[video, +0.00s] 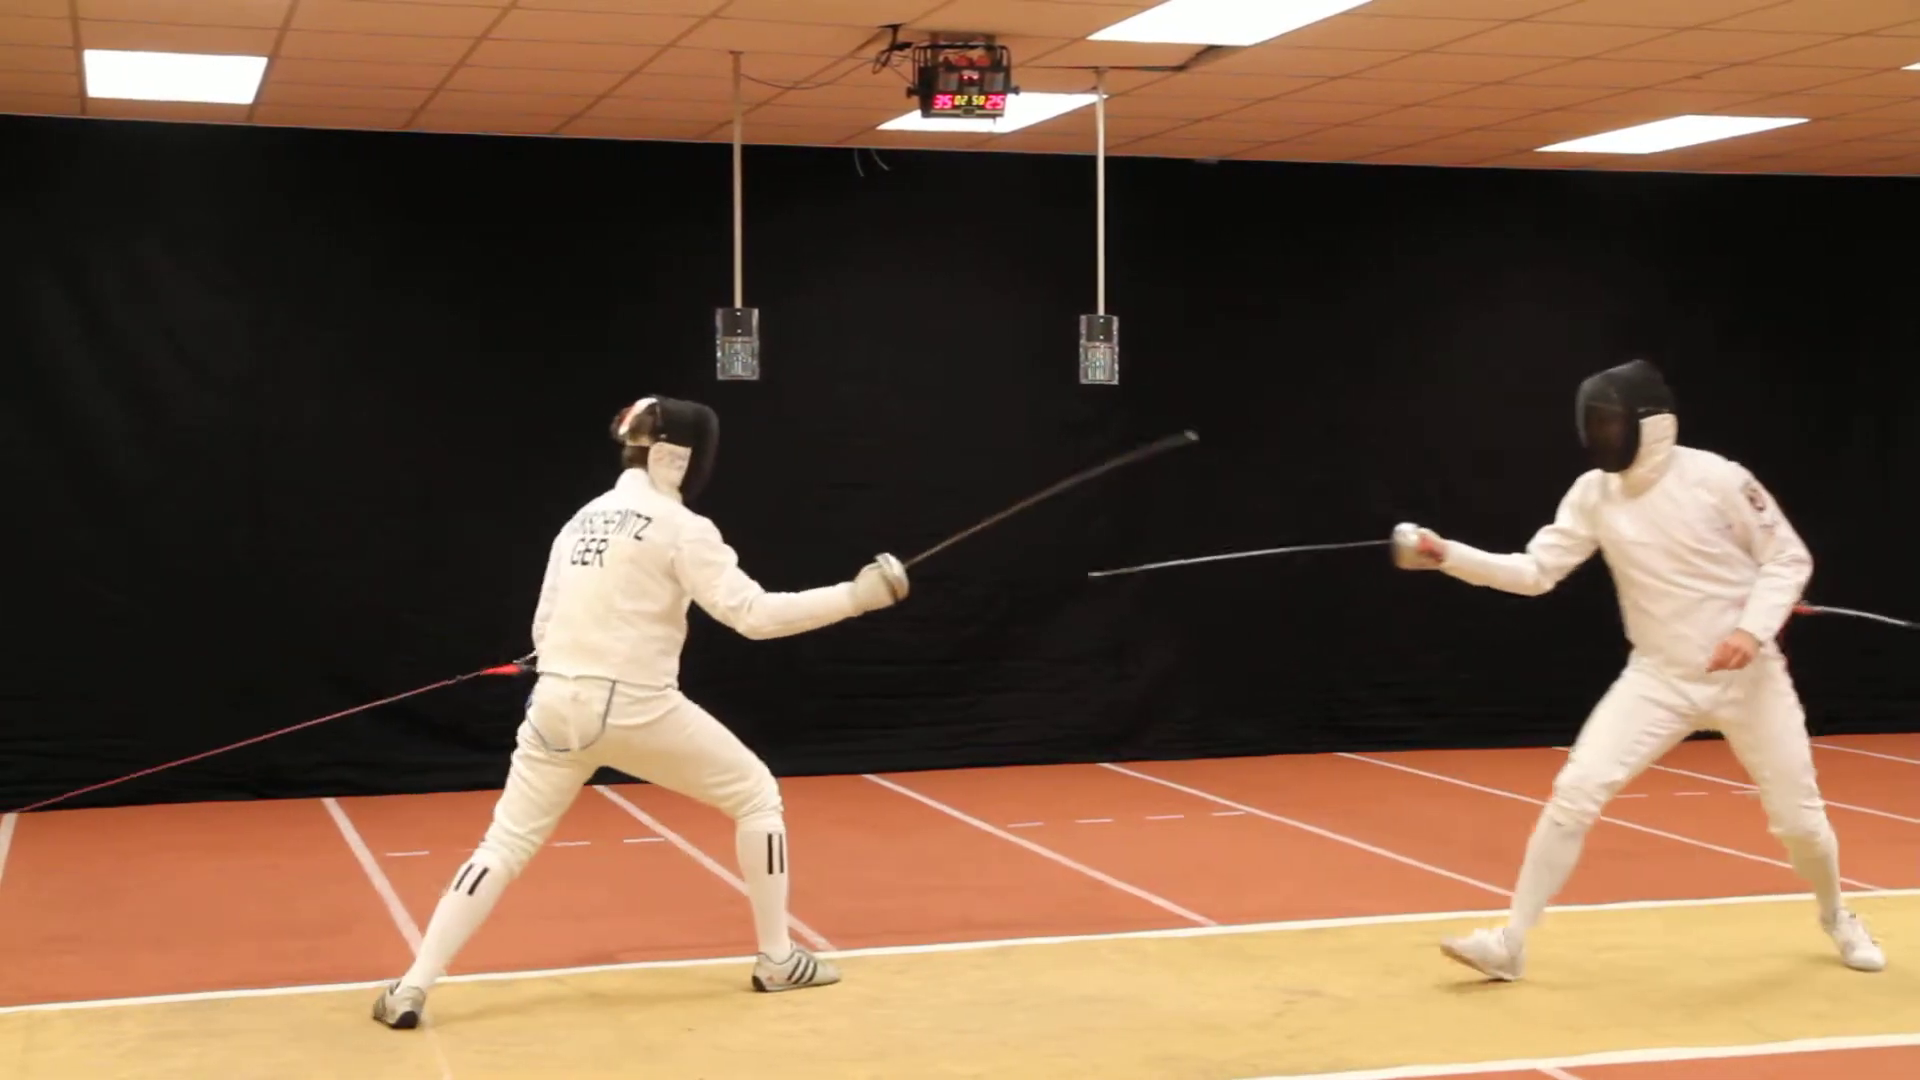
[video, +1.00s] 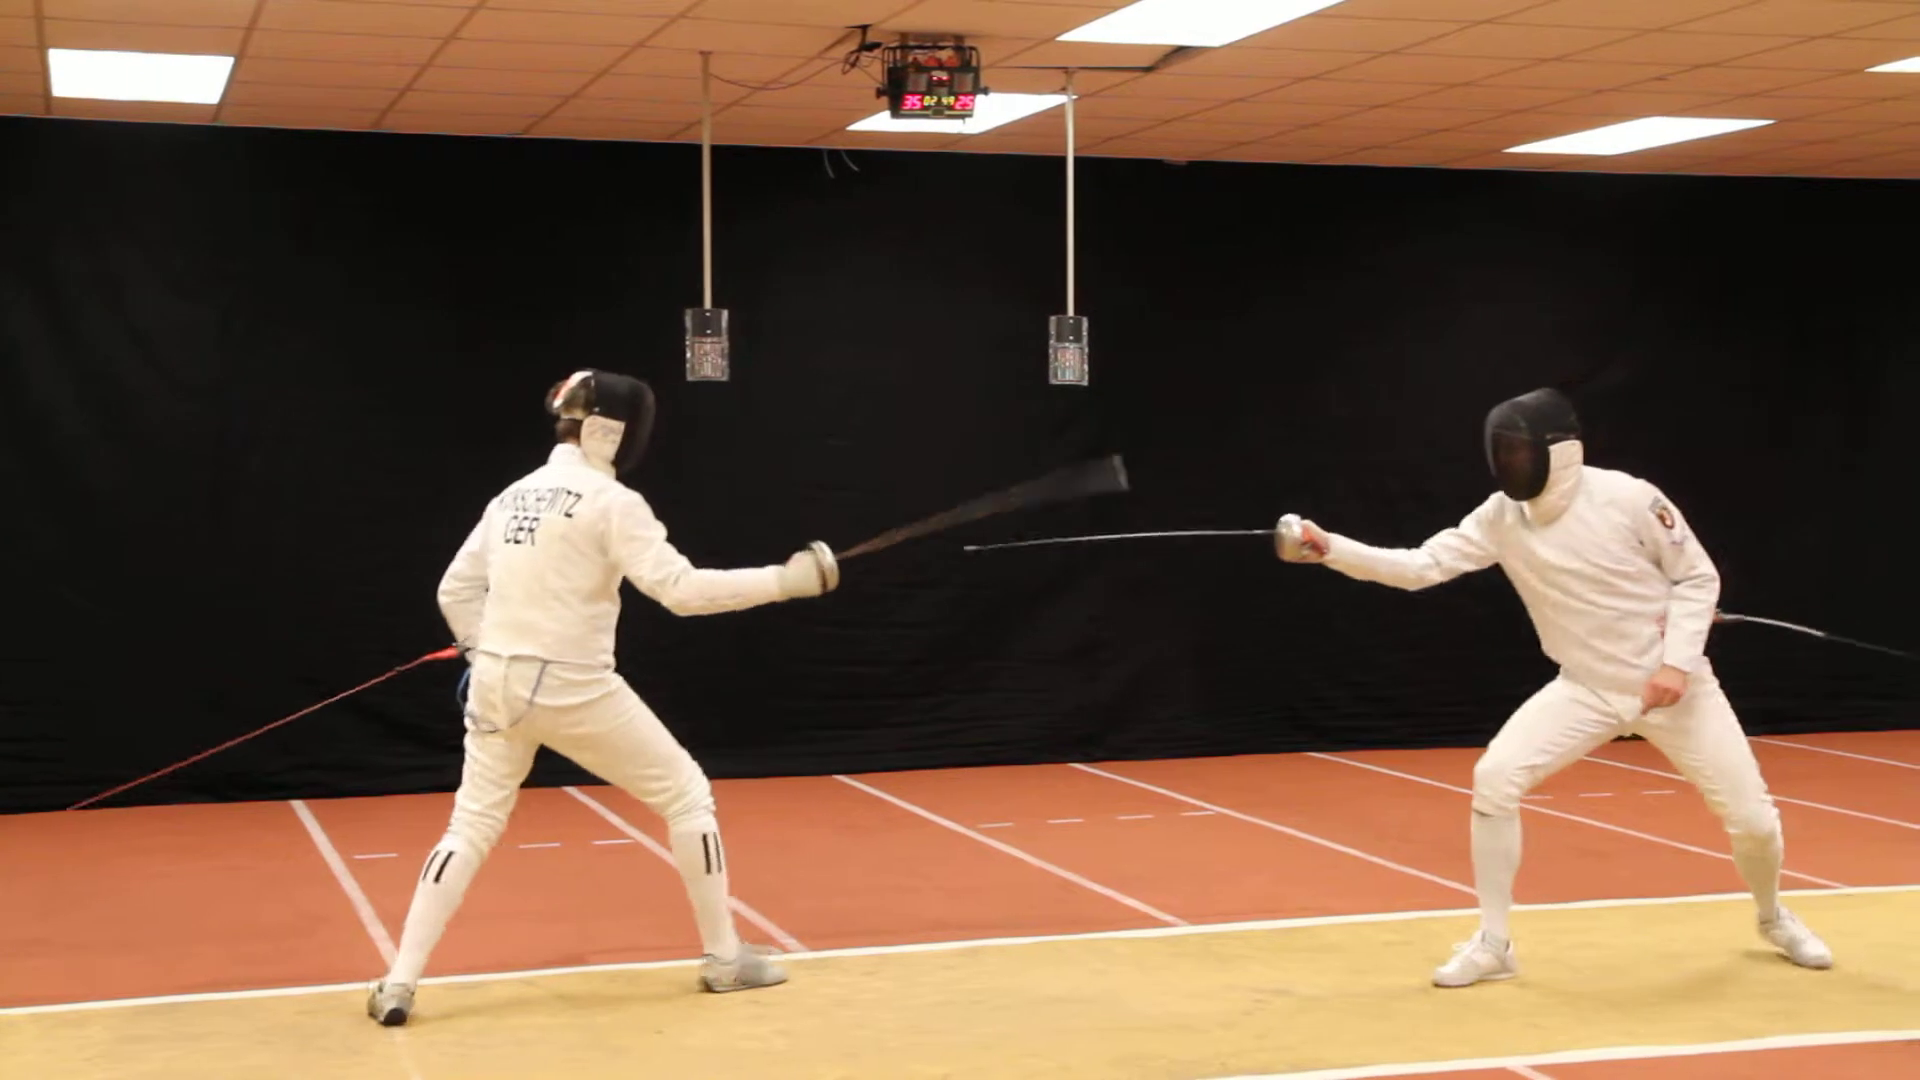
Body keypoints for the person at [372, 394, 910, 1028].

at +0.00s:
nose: (701, 465)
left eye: (694, 450)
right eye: (699, 453)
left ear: (633, 452)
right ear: (686, 460)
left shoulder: (582, 521)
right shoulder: (681, 529)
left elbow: (547, 626)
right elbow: (755, 614)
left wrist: (571, 670)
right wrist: (859, 594)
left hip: (555, 701)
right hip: (640, 706)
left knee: (503, 844)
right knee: (755, 796)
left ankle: (411, 988)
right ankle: (777, 956)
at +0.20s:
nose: (682, 463)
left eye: (678, 450)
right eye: (677, 451)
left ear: (613, 451)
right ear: (658, 457)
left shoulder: (566, 519)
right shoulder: (662, 527)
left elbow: (567, 616)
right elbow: (736, 611)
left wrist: (537, 656)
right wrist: (838, 584)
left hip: (539, 703)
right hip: (621, 707)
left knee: (494, 842)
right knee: (743, 796)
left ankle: (406, 988)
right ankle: (775, 956)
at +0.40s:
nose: (698, 457)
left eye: (689, 441)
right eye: (697, 446)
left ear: (637, 441)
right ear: (686, 449)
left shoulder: (591, 508)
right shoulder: (686, 517)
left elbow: (590, 604)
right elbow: (764, 600)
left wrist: (554, 647)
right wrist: (873, 591)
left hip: (562, 693)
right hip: (648, 697)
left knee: (510, 832)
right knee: (757, 796)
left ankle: (411, 969)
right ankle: (770, 955)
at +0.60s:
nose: (715, 440)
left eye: (710, 426)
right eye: (711, 428)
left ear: (650, 428)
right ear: (695, 435)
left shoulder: (601, 491)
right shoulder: (695, 502)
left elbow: (595, 587)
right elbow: (766, 589)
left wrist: (566, 626)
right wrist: (872, 585)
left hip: (569, 678)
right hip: (652, 682)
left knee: (526, 816)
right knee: (752, 796)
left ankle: (429, 954)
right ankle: (765, 959)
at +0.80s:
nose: (656, 445)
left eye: (656, 432)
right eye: (654, 433)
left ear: (590, 428)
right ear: (637, 434)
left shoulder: (540, 503)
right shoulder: (641, 507)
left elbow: (493, 604)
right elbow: (706, 593)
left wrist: (539, 663)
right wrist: (807, 565)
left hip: (526, 686)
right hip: (610, 689)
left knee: (487, 826)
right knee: (717, 801)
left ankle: (403, 979)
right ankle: (749, 958)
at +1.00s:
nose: (634, 441)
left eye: (626, 428)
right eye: (632, 431)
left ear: (569, 423)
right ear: (618, 432)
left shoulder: (512, 498)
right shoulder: (613, 503)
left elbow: (457, 590)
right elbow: (681, 590)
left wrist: (495, 658)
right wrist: (787, 578)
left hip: (493, 687)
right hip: (578, 689)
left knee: (470, 825)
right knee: (686, 793)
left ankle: (398, 983)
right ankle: (725, 955)